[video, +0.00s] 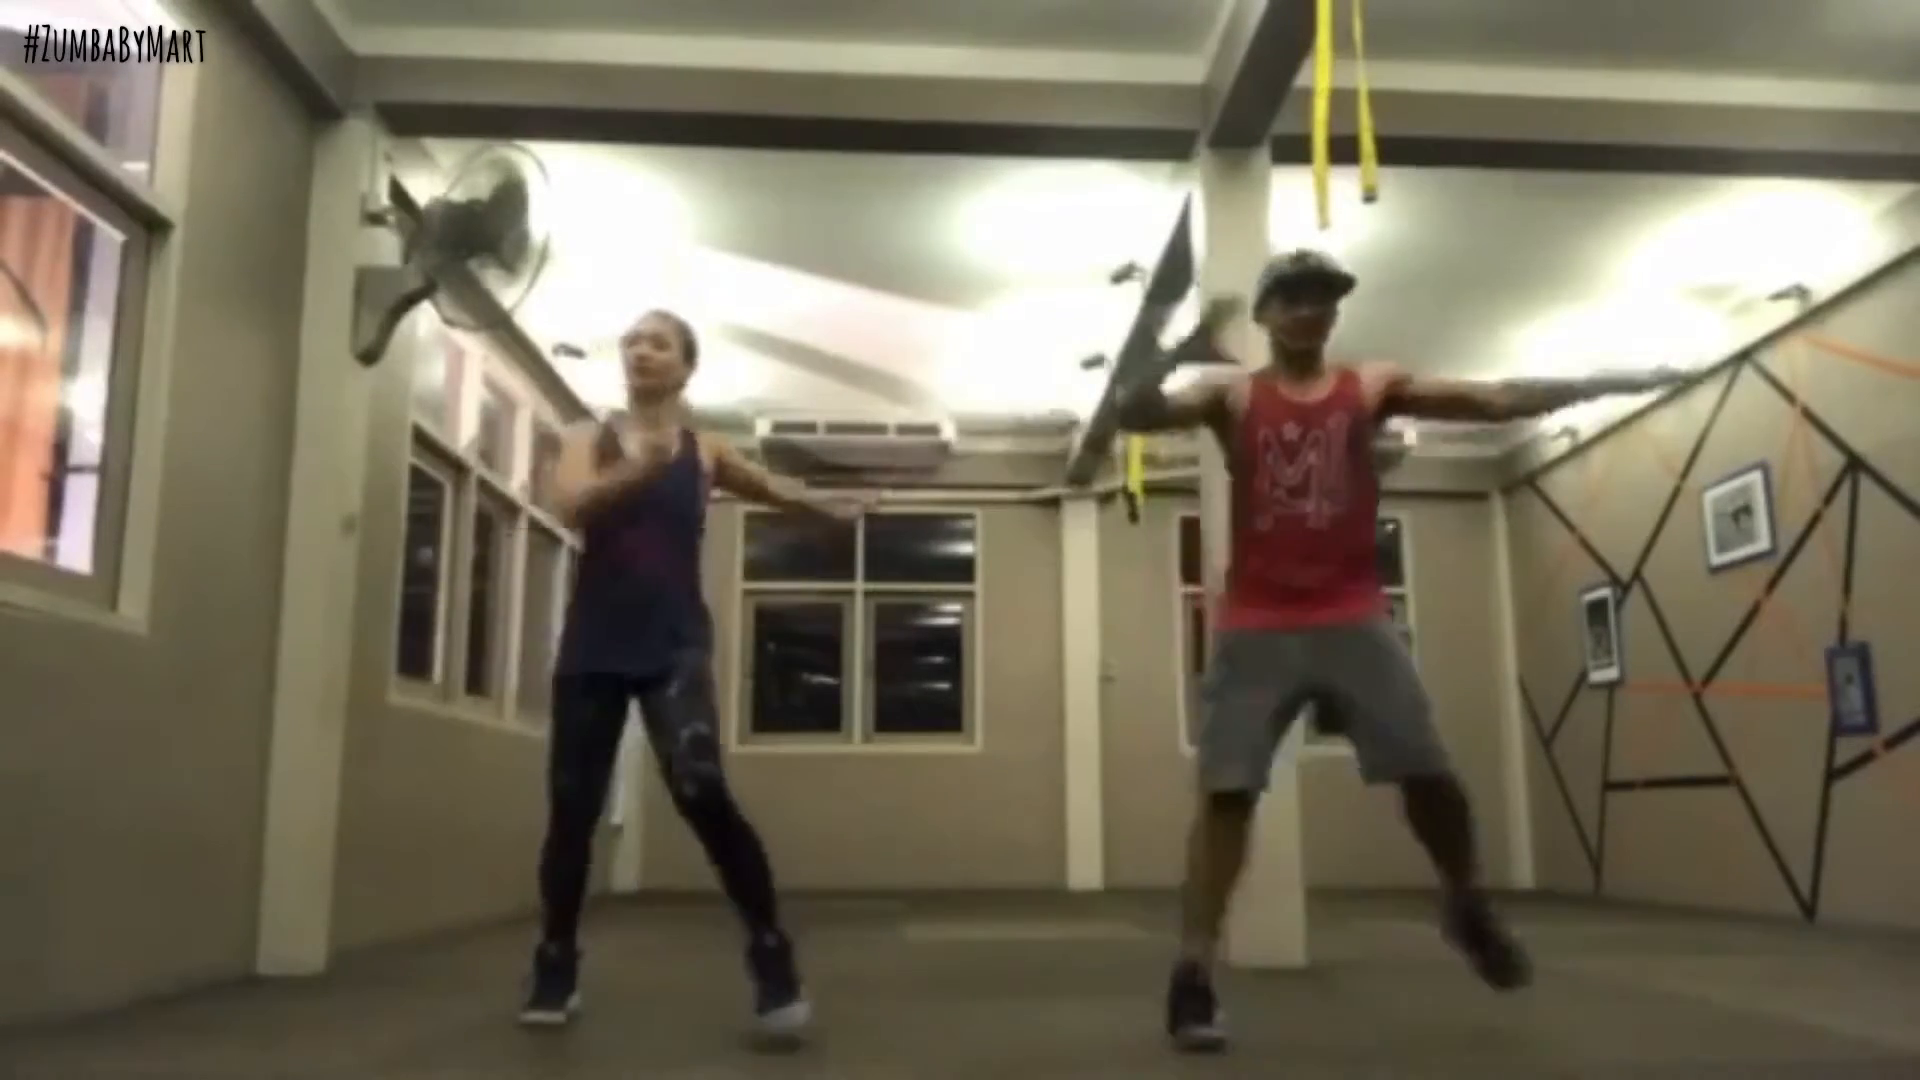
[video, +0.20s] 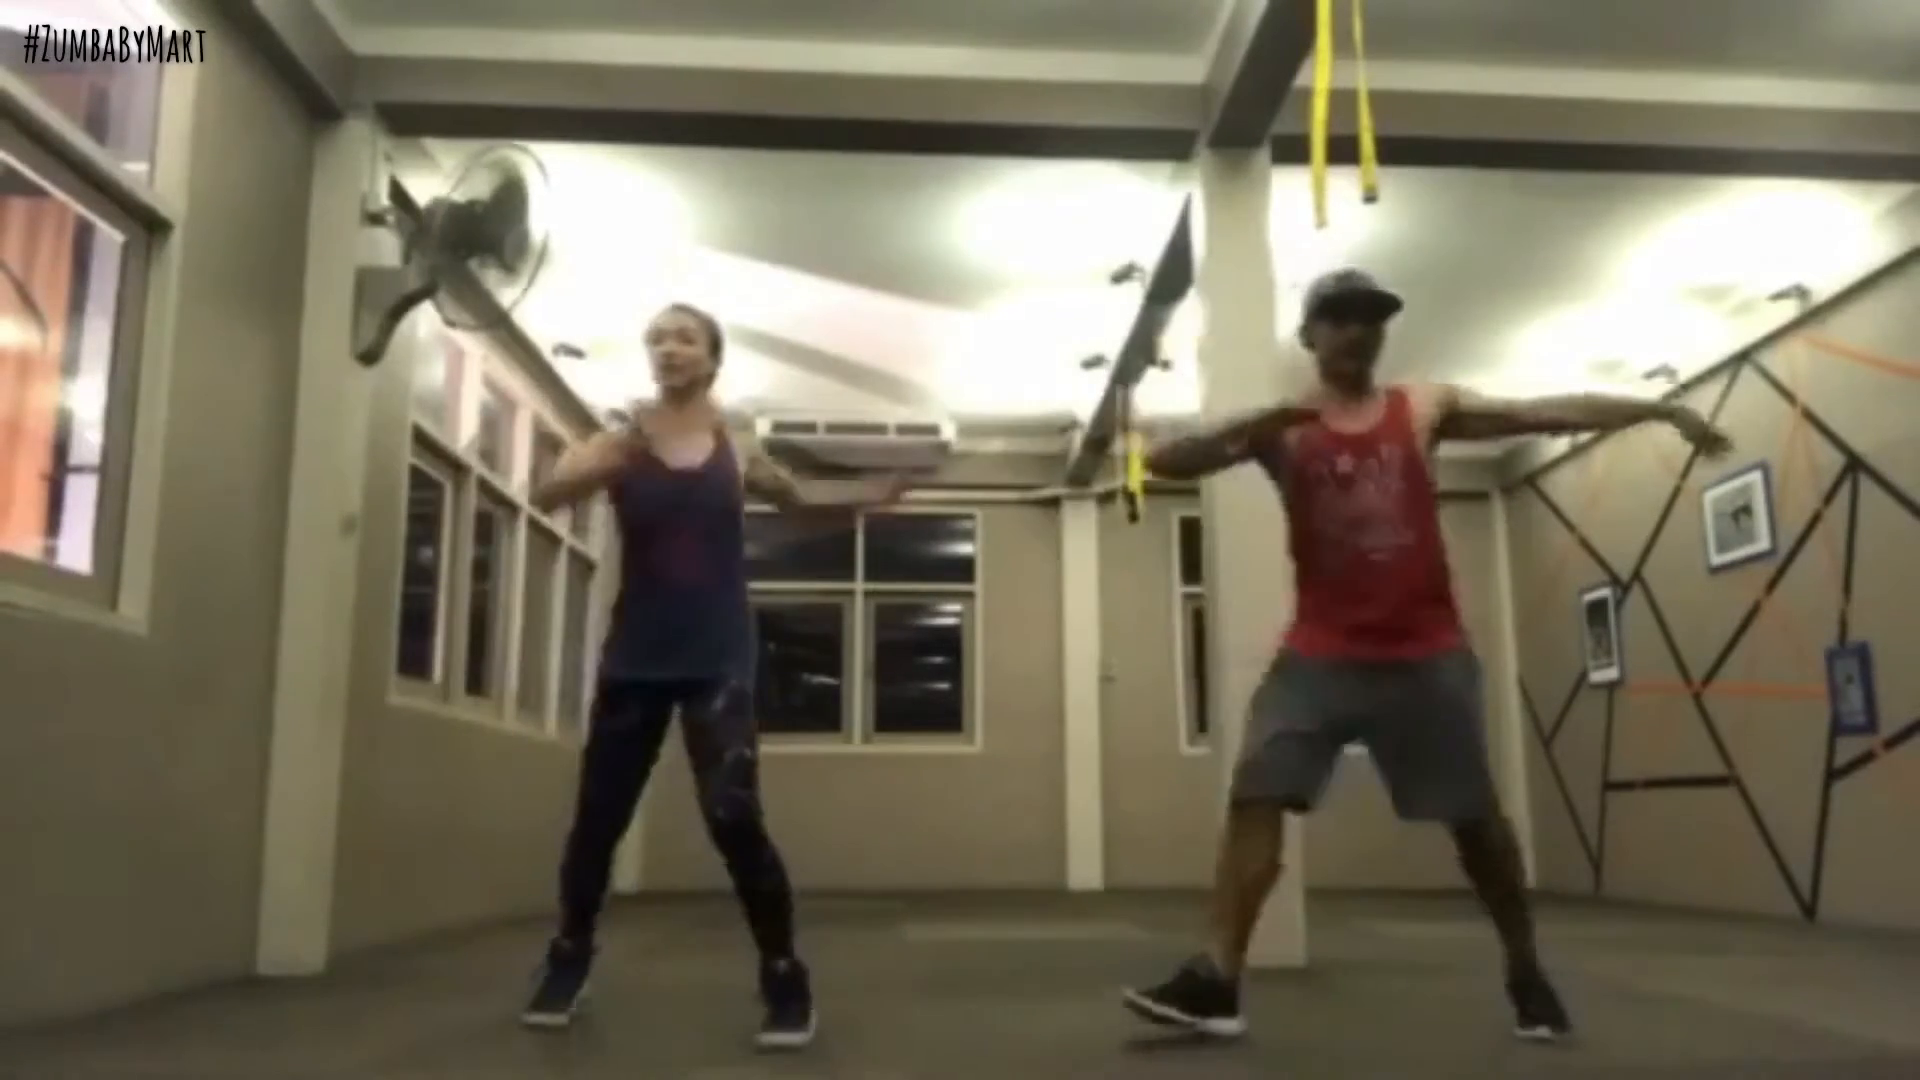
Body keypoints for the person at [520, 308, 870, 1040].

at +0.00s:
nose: (641, 352)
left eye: (659, 344)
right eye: (634, 342)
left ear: (687, 367)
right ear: (621, 359)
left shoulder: (702, 450)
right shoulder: (589, 438)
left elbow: (771, 491)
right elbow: (570, 503)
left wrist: (832, 508)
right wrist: (642, 470)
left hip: (673, 647)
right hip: (593, 646)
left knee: (701, 793)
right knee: (571, 811)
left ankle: (773, 963)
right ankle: (554, 966)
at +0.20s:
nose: (671, 350)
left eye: (686, 339)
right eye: (661, 339)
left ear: (714, 357)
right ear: (647, 355)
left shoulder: (735, 440)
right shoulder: (627, 435)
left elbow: (796, 505)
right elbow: (549, 491)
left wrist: (868, 497)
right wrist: (605, 460)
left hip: (719, 655)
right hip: (638, 653)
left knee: (733, 817)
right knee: (596, 822)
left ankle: (785, 982)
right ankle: (567, 961)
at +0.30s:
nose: (677, 340)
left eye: (692, 329)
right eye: (665, 330)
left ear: (721, 349)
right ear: (651, 348)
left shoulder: (742, 434)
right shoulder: (626, 436)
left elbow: (845, 468)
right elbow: (524, 467)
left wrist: (874, 412)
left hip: (730, 647)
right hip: (647, 648)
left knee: (751, 813)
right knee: (607, 809)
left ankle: (786, 975)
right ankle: (588, 936)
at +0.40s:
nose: (675, 344)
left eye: (690, 332)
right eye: (663, 333)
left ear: (718, 347)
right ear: (649, 349)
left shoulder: (738, 433)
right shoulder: (628, 438)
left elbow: (817, 448)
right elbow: (534, 462)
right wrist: (455, 448)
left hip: (732, 641)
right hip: (650, 643)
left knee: (759, 806)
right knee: (646, 797)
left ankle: (788, 972)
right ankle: (595, 919)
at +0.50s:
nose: (667, 355)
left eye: (681, 343)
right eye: (655, 343)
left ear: (710, 357)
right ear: (641, 355)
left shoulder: (735, 434)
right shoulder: (626, 442)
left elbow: (739, 466)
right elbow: (550, 483)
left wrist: (655, 454)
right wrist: (484, 488)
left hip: (723, 646)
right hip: (643, 653)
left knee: (765, 813)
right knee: (651, 814)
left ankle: (791, 976)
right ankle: (595, 956)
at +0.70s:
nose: (621, 346)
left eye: (639, 337)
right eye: (614, 334)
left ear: (668, 359)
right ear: (598, 350)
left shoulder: (685, 435)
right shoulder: (583, 439)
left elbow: (771, 458)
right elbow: (501, 479)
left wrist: (733, 411)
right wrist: (407, 456)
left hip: (668, 646)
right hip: (595, 650)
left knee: (670, 798)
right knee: (582, 810)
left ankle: (752, 973)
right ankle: (612, 983)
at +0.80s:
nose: (598, 334)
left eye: (617, 327)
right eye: (593, 323)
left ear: (649, 353)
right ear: (579, 344)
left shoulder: (668, 437)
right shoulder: (556, 436)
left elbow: (782, 465)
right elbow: (466, 471)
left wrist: (811, 412)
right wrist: (428, 428)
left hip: (645, 632)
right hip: (572, 637)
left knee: (587, 759)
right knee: (578, 795)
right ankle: (611, 965)